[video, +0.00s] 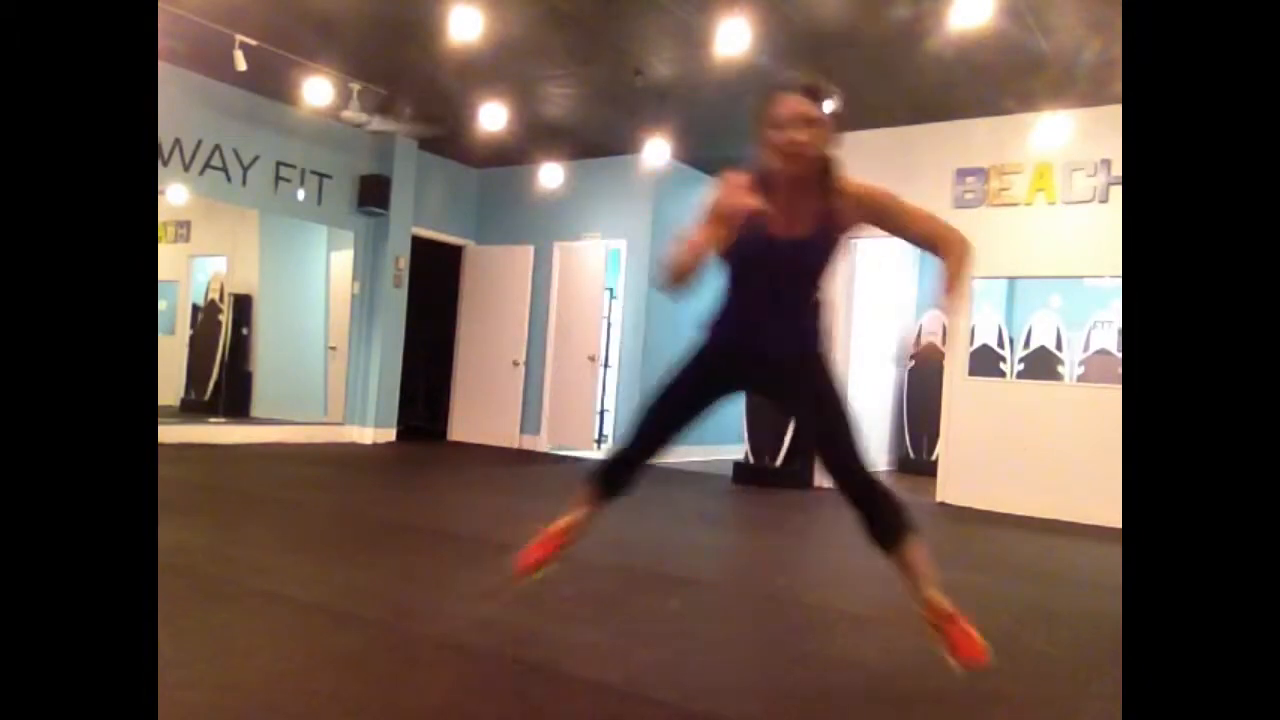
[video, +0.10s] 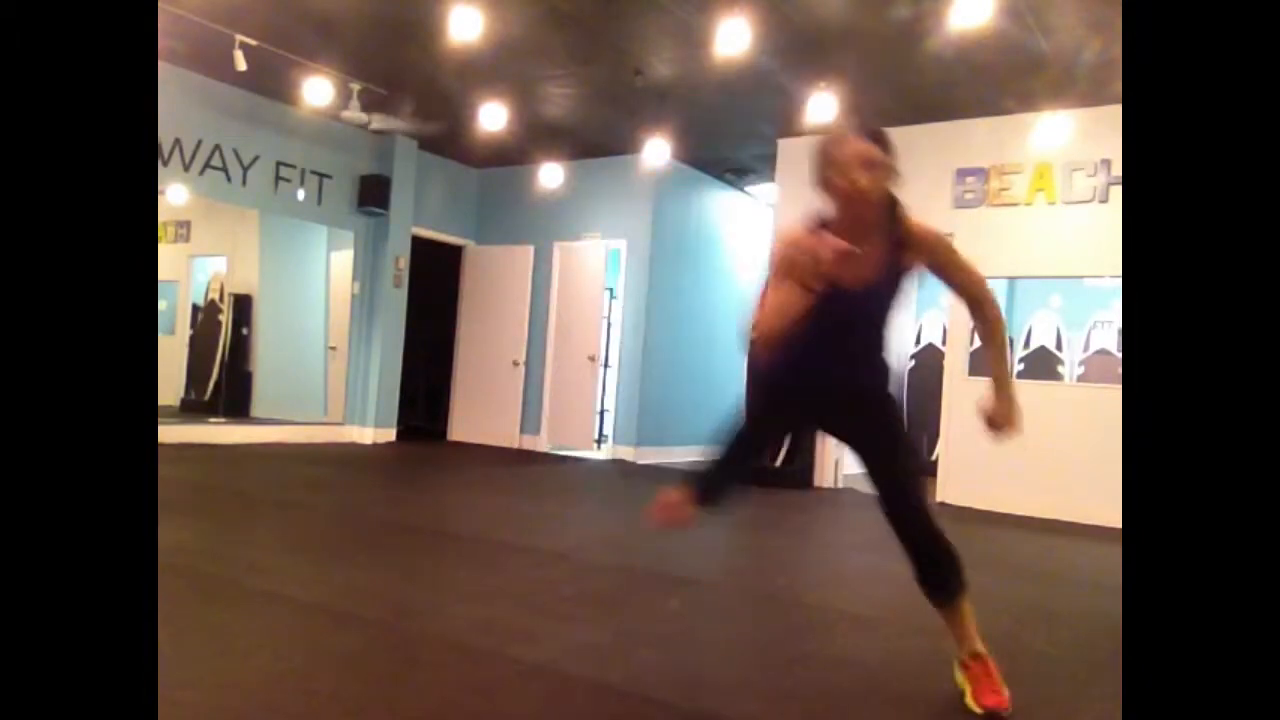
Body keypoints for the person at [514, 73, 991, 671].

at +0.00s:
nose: (795, 137)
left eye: (807, 125)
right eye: (782, 125)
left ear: (827, 137)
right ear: (762, 135)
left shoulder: (847, 201)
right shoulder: (738, 195)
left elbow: (953, 245)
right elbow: (673, 278)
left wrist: (944, 318)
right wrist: (712, 225)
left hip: (797, 362)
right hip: (727, 353)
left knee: (853, 477)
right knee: (641, 443)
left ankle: (934, 602)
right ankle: (569, 526)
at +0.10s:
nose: (865, 179)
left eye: (873, 166)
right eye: (851, 169)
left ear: (889, 174)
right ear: (827, 181)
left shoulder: (913, 241)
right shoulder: (802, 245)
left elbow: (980, 299)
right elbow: (763, 335)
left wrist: (1002, 388)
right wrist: (808, 281)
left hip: (860, 392)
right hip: (789, 383)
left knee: (912, 518)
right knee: (746, 450)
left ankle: (972, 653)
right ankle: (695, 494)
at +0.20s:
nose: (912, 227)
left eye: (924, 214)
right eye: (896, 217)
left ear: (942, 223)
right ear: (876, 230)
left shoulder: (963, 290)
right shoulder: (850, 297)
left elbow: (987, 347)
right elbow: (843, 396)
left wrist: (1005, 409)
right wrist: (892, 332)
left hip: (916, 423)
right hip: (844, 422)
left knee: (957, 541)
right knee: (805, 545)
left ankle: (977, 661)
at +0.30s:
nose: (952, 265)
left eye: (964, 252)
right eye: (936, 254)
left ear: (980, 262)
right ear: (912, 269)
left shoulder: (989, 321)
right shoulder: (881, 338)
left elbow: (980, 367)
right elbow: (904, 446)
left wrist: (976, 404)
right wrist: (943, 374)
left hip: (939, 429)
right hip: (870, 441)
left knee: (975, 549)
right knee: (886, 579)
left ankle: (978, 663)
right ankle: (897, 530)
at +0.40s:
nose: (970, 281)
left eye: (981, 267)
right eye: (953, 271)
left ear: (997, 278)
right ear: (927, 284)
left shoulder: (996, 335)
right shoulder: (892, 353)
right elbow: (926, 471)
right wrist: (963, 393)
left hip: (948, 435)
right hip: (878, 449)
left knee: (975, 548)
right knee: (927, 585)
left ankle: (978, 664)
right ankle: (938, 532)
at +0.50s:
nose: (964, 274)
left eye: (976, 259)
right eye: (948, 262)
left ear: (990, 270)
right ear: (923, 274)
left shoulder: (985, 328)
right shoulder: (885, 341)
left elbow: (976, 386)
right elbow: (876, 451)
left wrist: (992, 438)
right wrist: (962, 412)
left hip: (944, 442)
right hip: (878, 457)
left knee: (957, 559)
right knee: (923, 581)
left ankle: (976, 665)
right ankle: (977, 569)